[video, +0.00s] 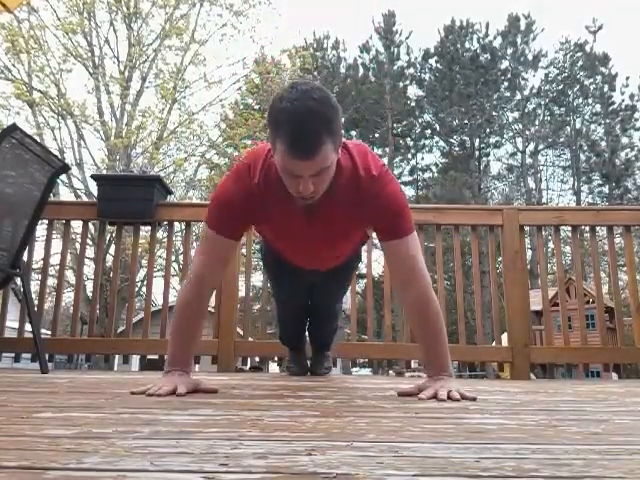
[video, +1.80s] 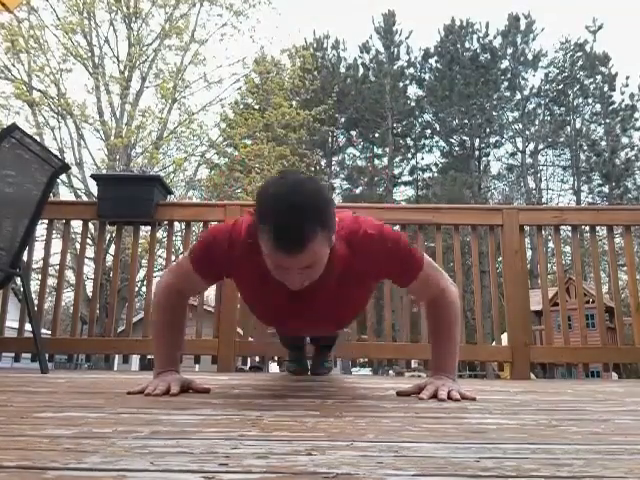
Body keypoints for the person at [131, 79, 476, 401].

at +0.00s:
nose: (306, 187)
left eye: (319, 173)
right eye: (293, 174)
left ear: (338, 148)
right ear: (272, 151)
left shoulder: (372, 183)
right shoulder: (243, 183)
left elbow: (413, 282)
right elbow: (199, 282)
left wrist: (440, 374)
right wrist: (177, 370)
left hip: (341, 252)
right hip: (282, 250)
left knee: (326, 313)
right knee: (290, 313)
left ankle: (321, 353)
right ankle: (295, 354)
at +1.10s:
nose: (299, 199)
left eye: (313, 184)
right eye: (285, 185)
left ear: (334, 158)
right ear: (266, 161)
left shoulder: (375, 198)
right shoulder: (233, 201)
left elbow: (424, 284)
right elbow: (193, 285)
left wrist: (442, 375)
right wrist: (168, 370)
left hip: (338, 278)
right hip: (279, 274)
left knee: (327, 325)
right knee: (292, 324)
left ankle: (323, 352)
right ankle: (297, 350)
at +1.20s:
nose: (296, 255)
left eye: (309, 241)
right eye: (281, 242)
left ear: (331, 209)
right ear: (260, 215)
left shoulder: (374, 227)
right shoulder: (231, 231)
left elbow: (437, 291)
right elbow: (176, 289)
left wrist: (443, 375)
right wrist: (166, 370)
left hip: (334, 308)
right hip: (280, 307)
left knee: (324, 338)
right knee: (293, 338)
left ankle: (323, 356)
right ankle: (295, 356)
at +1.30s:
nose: (296, 297)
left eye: (309, 287)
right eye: (282, 289)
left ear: (332, 252)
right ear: (258, 256)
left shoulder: (374, 251)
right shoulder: (231, 254)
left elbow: (441, 294)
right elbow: (167, 290)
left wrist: (442, 374)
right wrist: (166, 370)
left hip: (337, 322)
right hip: (276, 327)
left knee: (324, 343)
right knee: (292, 345)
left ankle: (321, 354)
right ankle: (296, 355)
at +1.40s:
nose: (294, 343)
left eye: (306, 332)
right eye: (278, 334)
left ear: (330, 290)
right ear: (254, 292)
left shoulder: (368, 273)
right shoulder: (231, 274)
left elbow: (444, 294)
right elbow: (166, 287)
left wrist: (443, 374)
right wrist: (165, 369)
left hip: (340, 351)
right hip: (271, 352)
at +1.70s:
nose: (294, 320)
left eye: (306, 310)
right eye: (279, 311)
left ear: (330, 274)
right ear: (256, 276)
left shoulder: (367, 265)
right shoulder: (230, 263)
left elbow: (443, 293)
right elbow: (165, 290)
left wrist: (444, 375)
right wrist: (165, 370)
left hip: (338, 332)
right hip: (270, 337)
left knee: (328, 348)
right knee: (287, 352)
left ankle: (324, 357)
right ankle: (297, 356)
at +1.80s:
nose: (295, 278)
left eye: (307, 267)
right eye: (281, 268)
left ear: (333, 237)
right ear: (260, 240)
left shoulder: (370, 241)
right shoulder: (231, 242)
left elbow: (440, 293)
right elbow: (171, 289)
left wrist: (443, 376)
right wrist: (166, 369)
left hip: (336, 316)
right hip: (280, 319)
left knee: (326, 341)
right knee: (292, 343)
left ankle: (321, 357)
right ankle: (297, 356)